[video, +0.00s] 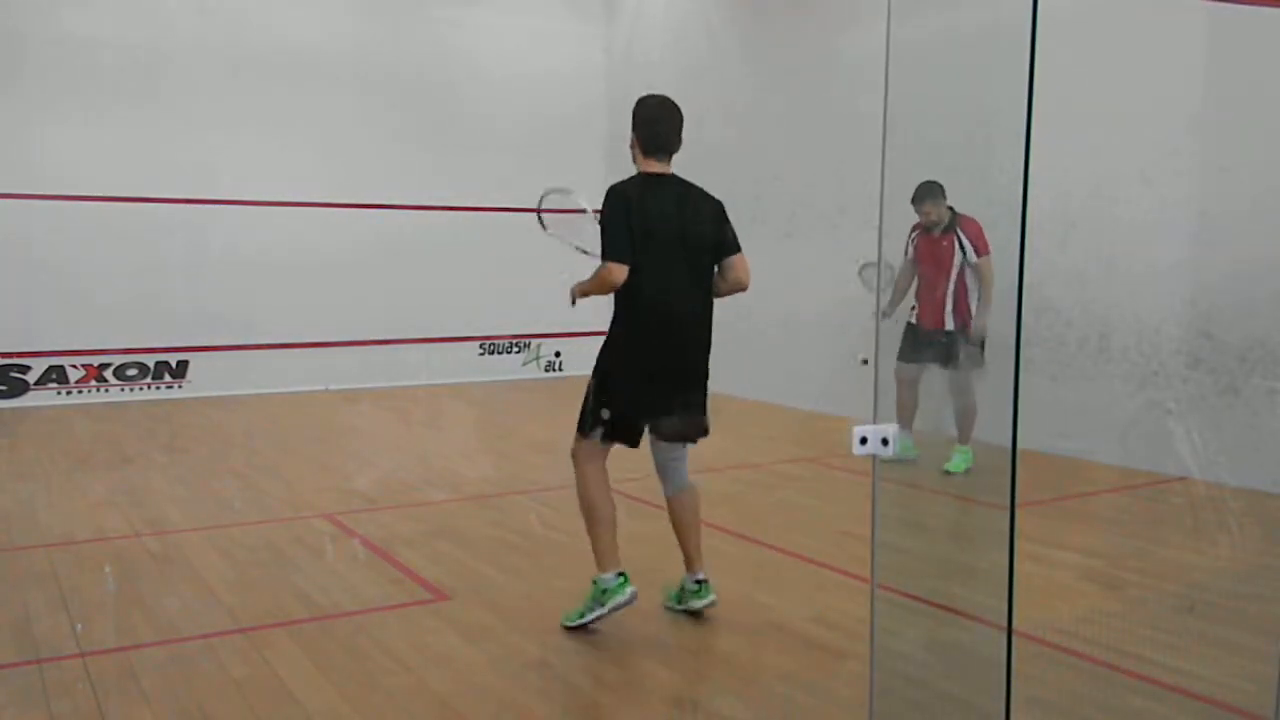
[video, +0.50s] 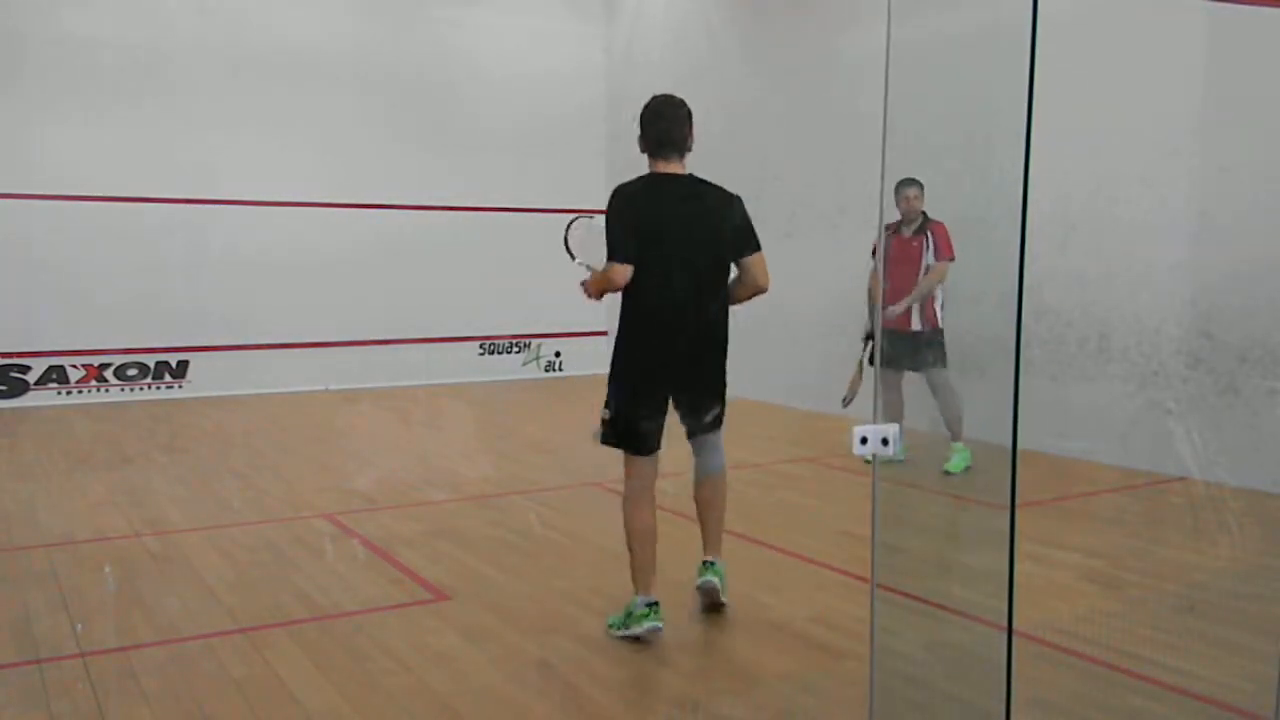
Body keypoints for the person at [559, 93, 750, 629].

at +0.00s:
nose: (631, 142)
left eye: (632, 135)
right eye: (648, 135)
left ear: (633, 141)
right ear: (679, 143)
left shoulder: (622, 196)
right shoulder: (706, 204)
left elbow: (615, 274)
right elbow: (737, 277)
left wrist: (583, 289)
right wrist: (689, 288)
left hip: (633, 352)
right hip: (687, 355)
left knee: (588, 453)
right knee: (673, 460)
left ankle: (610, 578)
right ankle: (697, 580)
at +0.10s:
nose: (634, 114)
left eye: (633, 107)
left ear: (633, 112)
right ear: (680, 113)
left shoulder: (621, 165)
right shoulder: (710, 173)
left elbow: (612, 235)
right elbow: (740, 248)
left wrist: (591, 251)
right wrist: (692, 254)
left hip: (630, 329)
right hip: (689, 332)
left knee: (601, 438)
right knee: (685, 441)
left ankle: (610, 565)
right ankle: (697, 559)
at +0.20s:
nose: (633, 117)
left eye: (632, 110)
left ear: (632, 114)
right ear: (679, 115)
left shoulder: (624, 160)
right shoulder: (710, 170)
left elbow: (609, 229)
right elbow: (743, 249)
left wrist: (591, 242)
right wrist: (696, 252)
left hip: (630, 321)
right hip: (691, 325)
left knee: (611, 441)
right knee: (684, 436)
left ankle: (622, 570)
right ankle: (704, 552)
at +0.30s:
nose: (631, 144)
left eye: (630, 136)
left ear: (630, 143)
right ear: (678, 143)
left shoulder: (619, 194)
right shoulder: (709, 201)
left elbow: (604, 261)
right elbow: (743, 279)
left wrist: (584, 259)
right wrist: (700, 283)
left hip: (629, 352)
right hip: (689, 352)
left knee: (624, 474)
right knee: (687, 451)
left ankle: (638, 600)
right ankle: (704, 567)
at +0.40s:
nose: (638, 165)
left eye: (635, 158)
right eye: (677, 157)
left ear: (632, 163)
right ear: (681, 163)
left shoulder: (620, 221)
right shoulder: (713, 225)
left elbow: (599, 300)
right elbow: (742, 303)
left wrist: (578, 308)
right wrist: (701, 316)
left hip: (633, 379)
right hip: (692, 379)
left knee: (630, 491)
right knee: (692, 470)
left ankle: (646, 611)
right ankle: (700, 584)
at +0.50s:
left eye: (647, 134)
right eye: (688, 134)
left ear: (642, 141)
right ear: (692, 140)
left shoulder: (628, 198)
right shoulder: (723, 202)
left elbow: (620, 273)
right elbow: (757, 281)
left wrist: (598, 284)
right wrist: (715, 299)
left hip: (644, 356)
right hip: (703, 356)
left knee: (640, 480)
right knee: (709, 457)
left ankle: (645, 603)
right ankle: (712, 564)